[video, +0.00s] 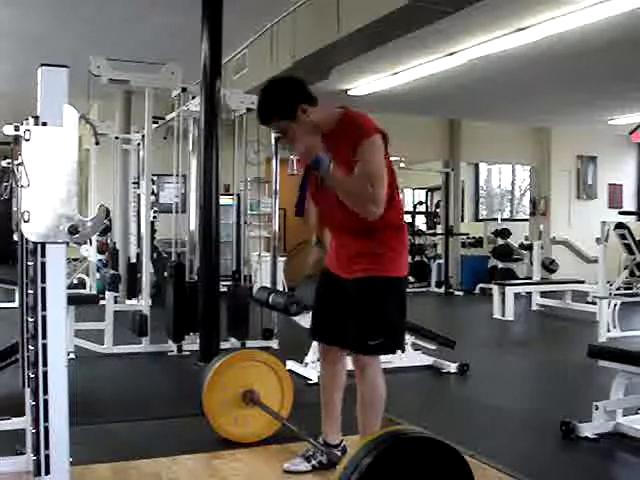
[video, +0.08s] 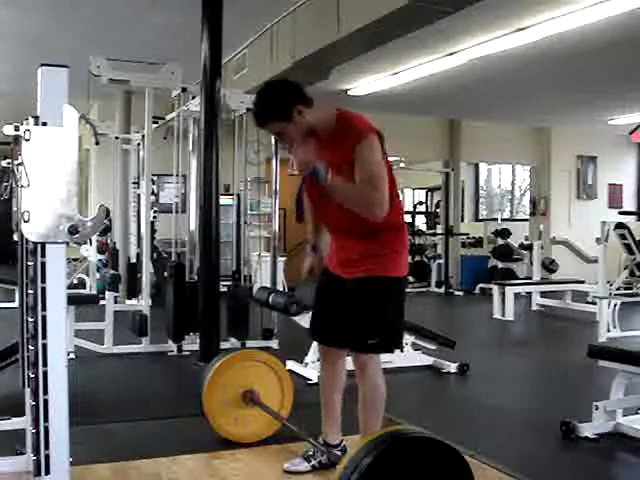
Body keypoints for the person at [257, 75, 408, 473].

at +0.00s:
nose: (287, 144)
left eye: (285, 134)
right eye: (281, 138)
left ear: (304, 112)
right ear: (302, 115)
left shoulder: (363, 131)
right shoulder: (319, 141)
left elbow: (373, 204)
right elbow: (321, 212)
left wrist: (322, 166)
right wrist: (308, 183)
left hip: (378, 265)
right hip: (339, 261)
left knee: (367, 358)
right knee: (329, 352)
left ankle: (369, 452)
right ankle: (331, 444)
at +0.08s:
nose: (283, 144)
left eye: (282, 135)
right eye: (277, 138)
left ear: (299, 112)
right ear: (295, 116)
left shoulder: (359, 133)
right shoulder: (312, 140)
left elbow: (377, 206)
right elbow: (316, 195)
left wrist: (319, 173)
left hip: (379, 262)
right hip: (340, 260)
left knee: (367, 357)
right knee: (329, 352)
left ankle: (370, 452)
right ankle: (331, 443)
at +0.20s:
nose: (271, 154)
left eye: (270, 145)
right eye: (264, 149)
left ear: (287, 120)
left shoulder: (343, 145)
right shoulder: (288, 161)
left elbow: (382, 216)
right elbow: (297, 223)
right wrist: (295, 280)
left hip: (387, 257)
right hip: (347, 258)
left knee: (371, 355)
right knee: (334, 350)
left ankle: (379, 452)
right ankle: (332, 444)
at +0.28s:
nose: (263, 172)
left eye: (262, 162)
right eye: (256, 168)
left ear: (277, 135)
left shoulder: (332, 158)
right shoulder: (285, 180)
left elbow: (369, 237)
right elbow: (289, 243)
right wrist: (292, 301)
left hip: (395, 254)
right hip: (355, 257)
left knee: (379, 354)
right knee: (335, 344)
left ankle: (384, 452)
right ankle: (331, 443)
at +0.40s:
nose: (259, 208)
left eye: (257, 198)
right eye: (251, 205)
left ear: (270, 173)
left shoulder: (326, 200)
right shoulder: (283, 210)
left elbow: (350, 279)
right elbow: (286, 276)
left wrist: (347, 354)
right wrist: (282, 342)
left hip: (407, 261)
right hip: (362, 267)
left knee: (381, 357)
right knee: (334, 346)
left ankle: (389, 448)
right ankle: (333, 445)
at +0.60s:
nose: (261, 262)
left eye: (258, 252)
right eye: (253, 260)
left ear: (270, 224)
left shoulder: (321, 250)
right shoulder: (281, 250)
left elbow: (339, 337)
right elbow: (281, 315)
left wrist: (334, 419)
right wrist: (282, 383)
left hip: (411, 267)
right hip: (366, 273)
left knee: (372, 356)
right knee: (332, 345)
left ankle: (385, 450)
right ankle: (333, 441)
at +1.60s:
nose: (220, 284)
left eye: (215, 277)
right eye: (214, 279)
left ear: (223, 264)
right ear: (228, 259)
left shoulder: (299, 281)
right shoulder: (264, 276)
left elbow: (335, 355)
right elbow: (285, 335)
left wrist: (336, 424)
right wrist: (289, 395)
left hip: (395, 291)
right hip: (364, 295)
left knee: (330, 372)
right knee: (297, 354)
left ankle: (375, 456)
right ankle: (330, 447)